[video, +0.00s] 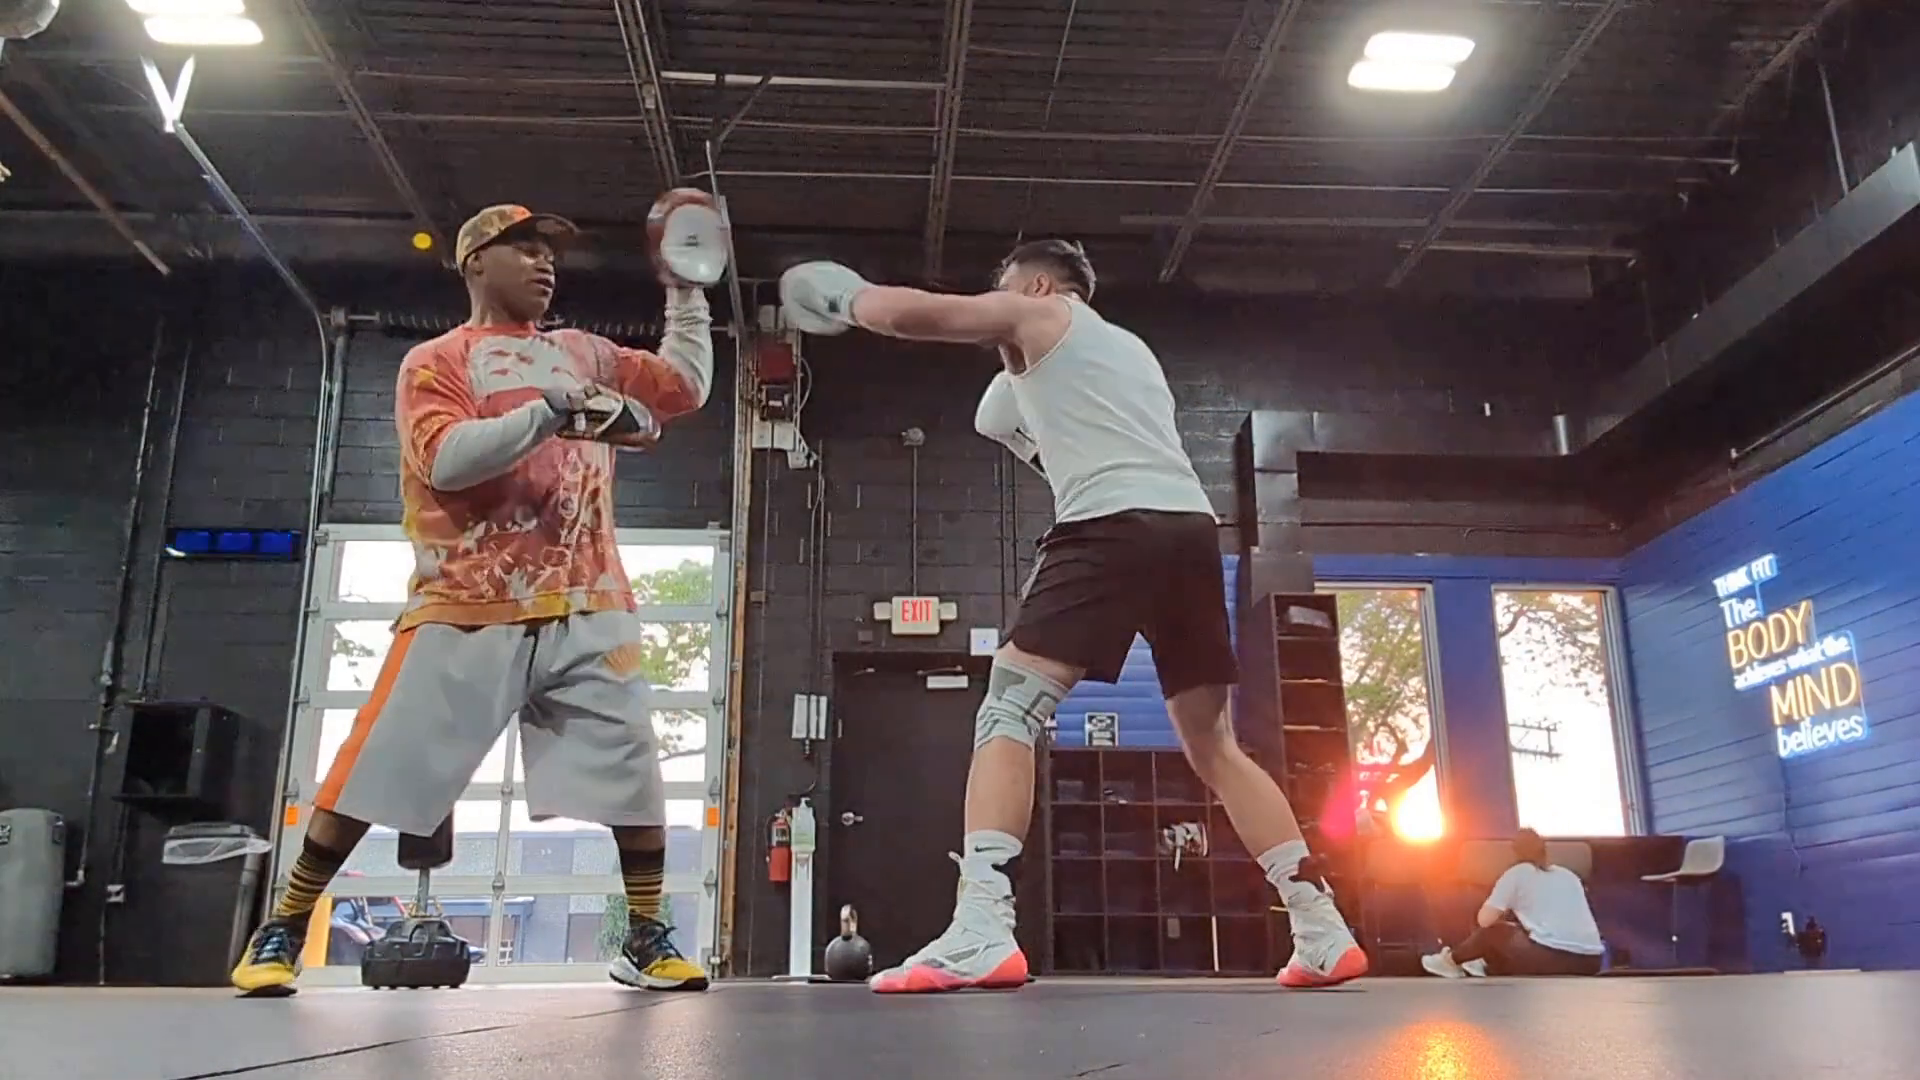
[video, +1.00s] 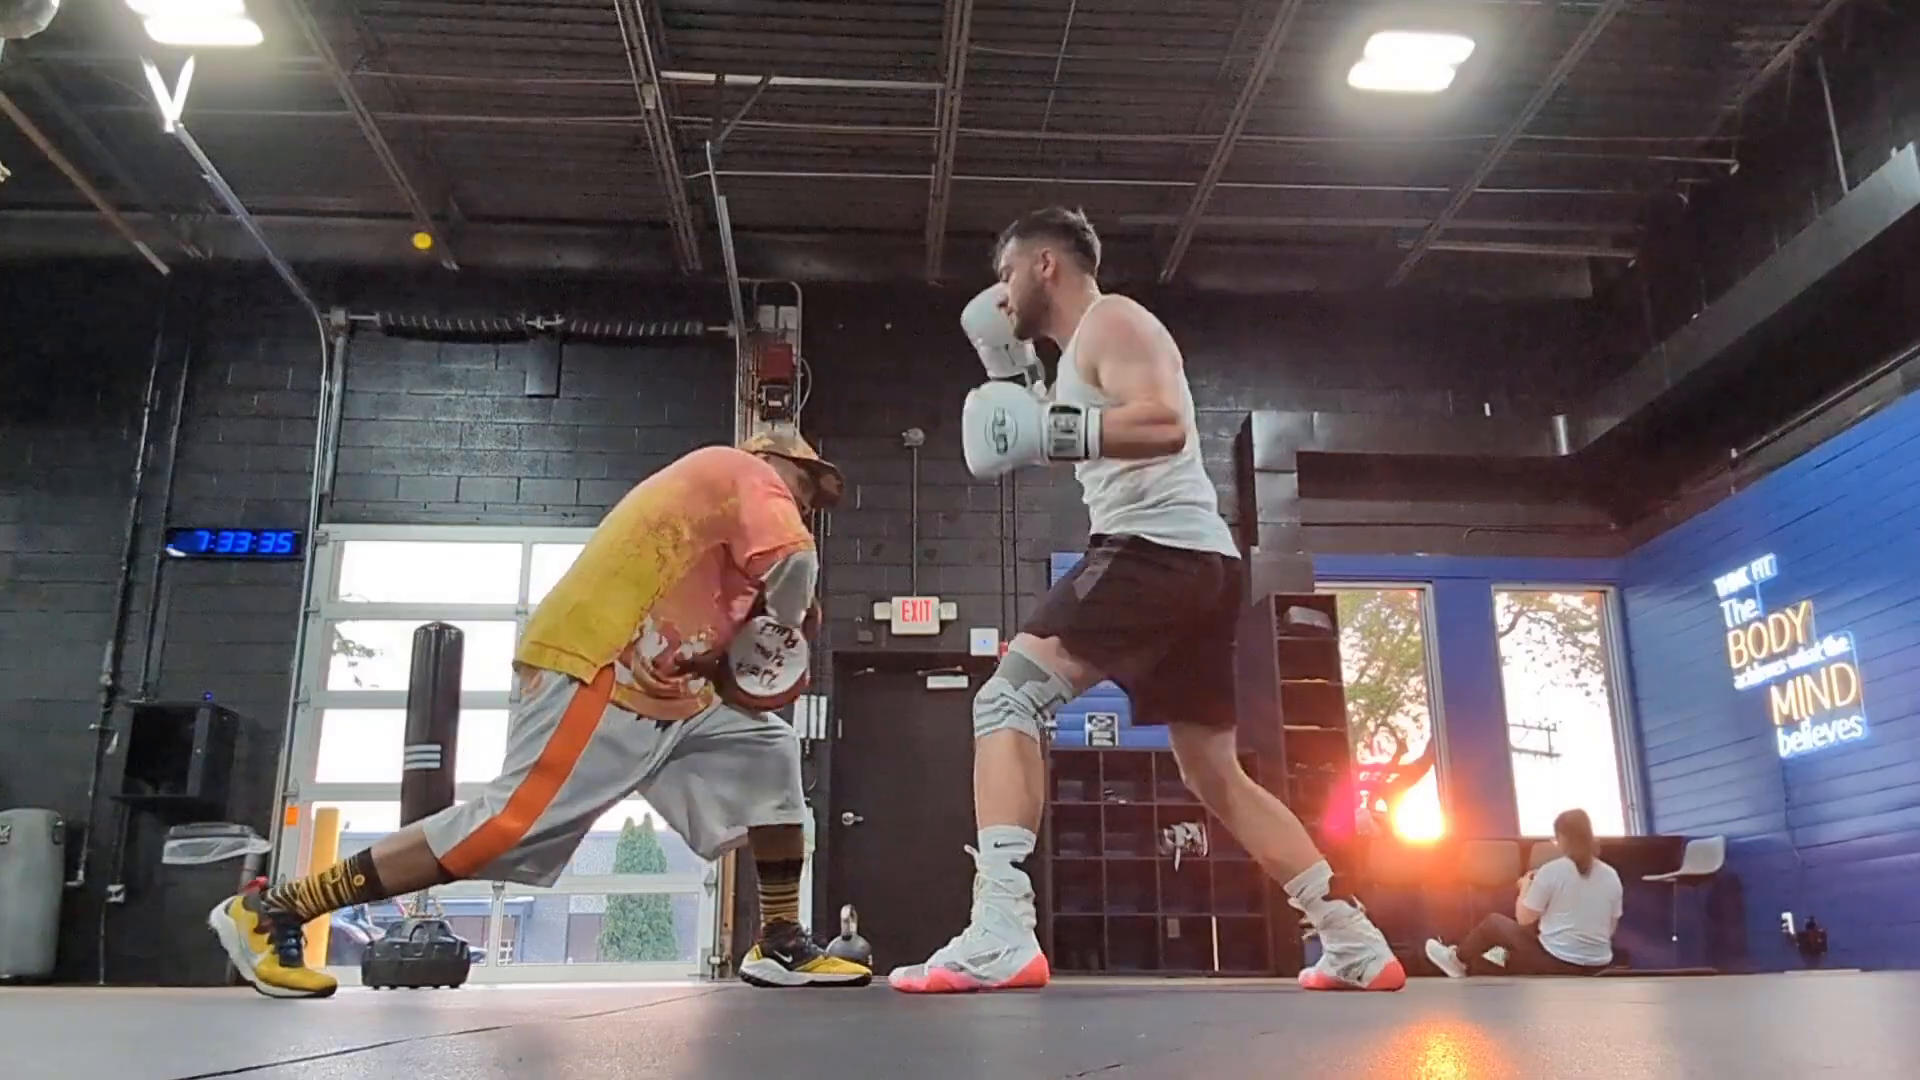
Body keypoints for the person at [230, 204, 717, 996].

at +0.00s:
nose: (546, 260)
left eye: (550, 249)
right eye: (526, 245)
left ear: (551, 270)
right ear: (476, 263)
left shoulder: (581, 352)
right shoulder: (435, 363)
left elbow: (682, 384)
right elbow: (445, 461)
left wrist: (687, 281)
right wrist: (552, 410)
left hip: (587, 598)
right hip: (468, 599)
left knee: (634, 758)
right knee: (380, 752)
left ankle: (647, 936)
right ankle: (287, 924)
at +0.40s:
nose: (606, 271)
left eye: (613, 261)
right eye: (587, 256)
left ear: (621, 282)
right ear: (539, 278)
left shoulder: (649, 369)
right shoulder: (491, 352)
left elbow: (755, 410)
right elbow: (499, 394)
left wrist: (777, 327)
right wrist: (586, 304)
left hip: (630, 588)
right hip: (513, 585)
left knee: (692, 748)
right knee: (439, 736)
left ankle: (710, 937)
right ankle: (335, 924)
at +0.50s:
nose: (630, 299)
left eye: (638, 288)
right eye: (613, 284)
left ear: (648, 304)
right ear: (577, 290)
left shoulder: (658, 387)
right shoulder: (536, 351)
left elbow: (691, 510)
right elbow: (588, 369)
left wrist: (716, 455)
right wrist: (617, 280)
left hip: (659, 608)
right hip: (551, 597)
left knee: (707, 766)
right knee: (453, 756)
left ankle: (718, 940)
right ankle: (342, 913)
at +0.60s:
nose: (689, 293)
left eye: (691, 285)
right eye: (673, 279)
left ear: (664, 296)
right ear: (624, 283)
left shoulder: (666, 370)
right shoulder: (594, 335)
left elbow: (647, 492)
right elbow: (681, 354)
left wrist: (710, 485)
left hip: (674, 598)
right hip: (585, 589)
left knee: (721, 742)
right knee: (492, 747)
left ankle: (721, 932)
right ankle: (341, 892)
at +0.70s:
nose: (718, 347)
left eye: (716, 336)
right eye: (707, 328)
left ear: (690, 324)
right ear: (678, 311)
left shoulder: (667, 398)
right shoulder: (632, 346)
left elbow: (654, 515)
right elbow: (701, 318)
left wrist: (721, 509)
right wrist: (764, 333)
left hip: (661, 612)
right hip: (589, 601)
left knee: (737, 736)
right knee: (497, 764)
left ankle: (744, 930)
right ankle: (302, 897)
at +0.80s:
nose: (771, 460)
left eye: (773, 444)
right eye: (767, 419)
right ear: (732, 389)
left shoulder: (685, 481)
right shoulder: (683, 391)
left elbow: (665, 600)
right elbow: (752, 404)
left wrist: (683, 637)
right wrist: (751, 486)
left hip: (653, 664)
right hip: (582, 641)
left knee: (748, 766)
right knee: (492, 798)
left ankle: (778, 944)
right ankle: (260, 916)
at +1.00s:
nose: (803, 517)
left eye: (809, 506)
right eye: (803, 499)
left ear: (771, 469)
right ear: (779, 462)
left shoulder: (731, 519)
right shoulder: (747, 470)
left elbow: (721, 646)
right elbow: (795, 575)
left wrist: (717, 675)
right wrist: (765, 652)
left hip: (660, 687)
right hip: (595, 666)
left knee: (771, 748)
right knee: (505, 826)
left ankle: (780, 940)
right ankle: (276, 912)